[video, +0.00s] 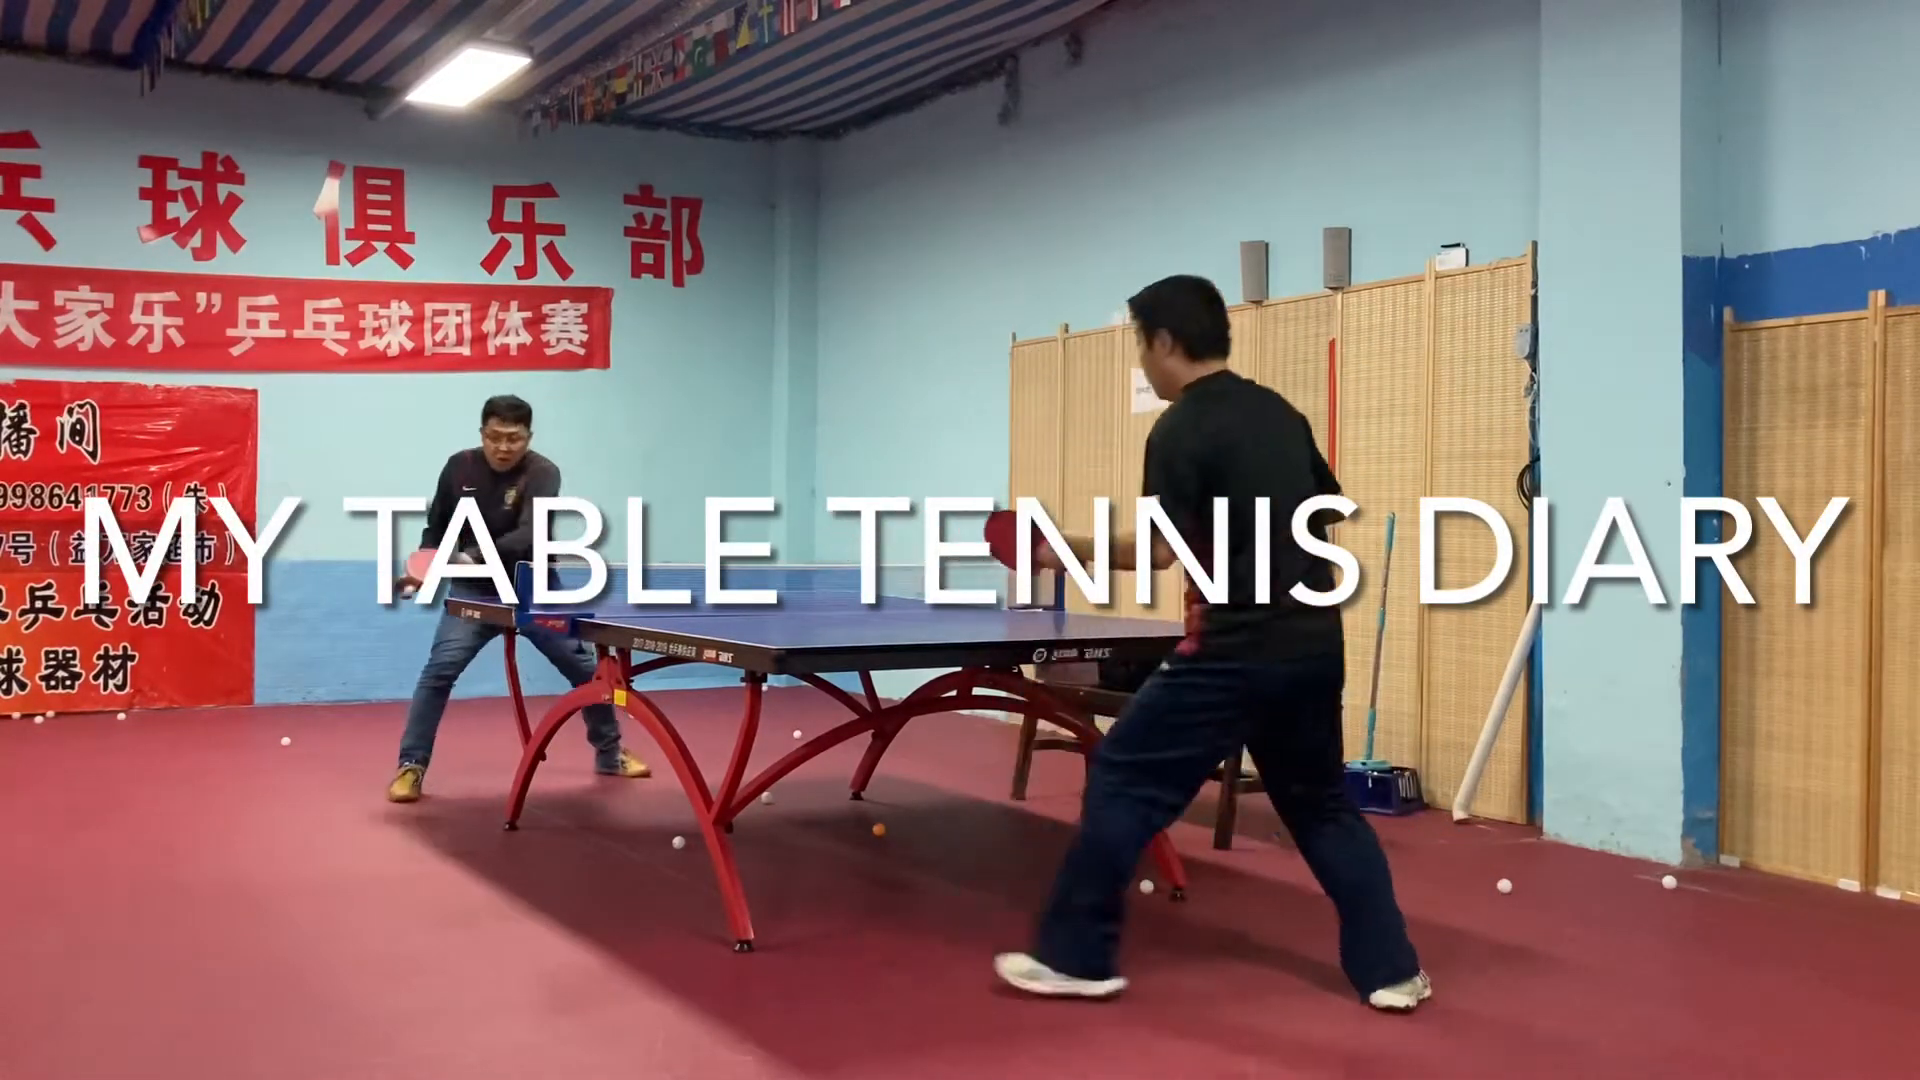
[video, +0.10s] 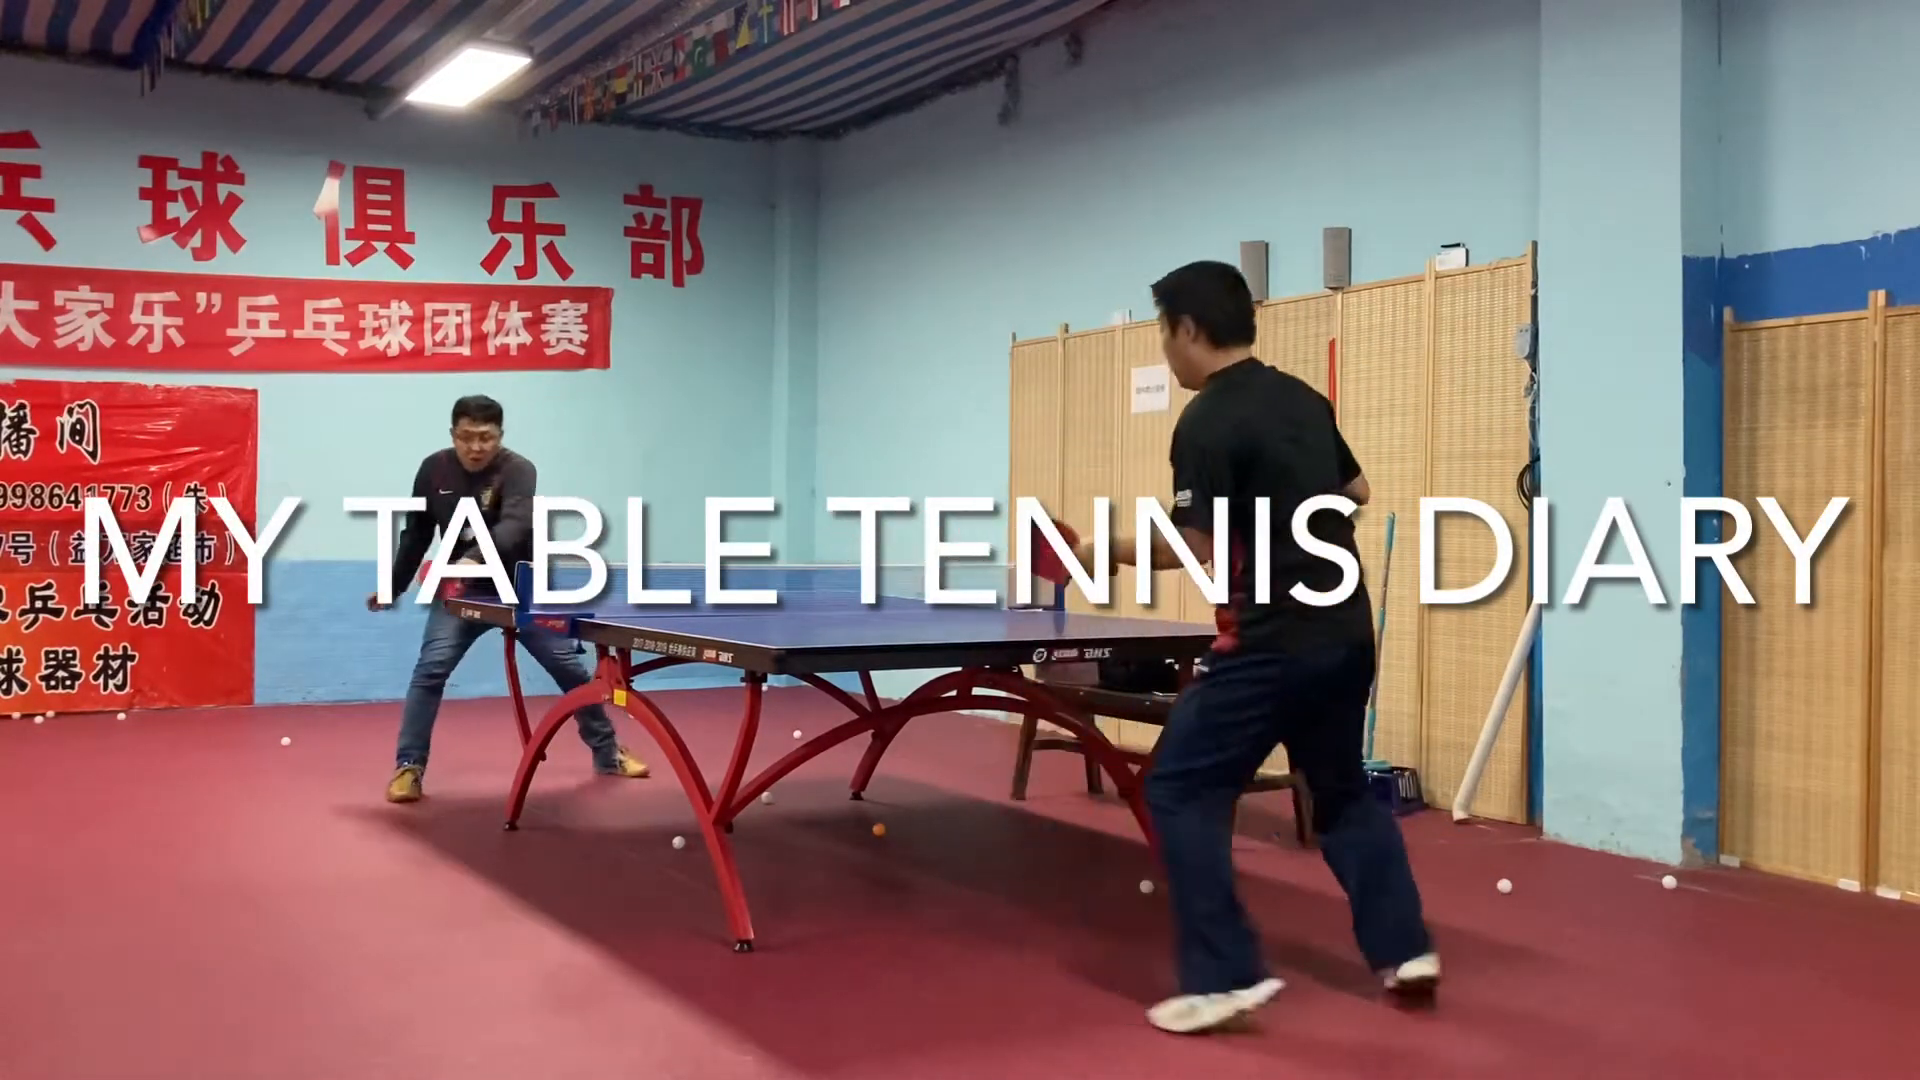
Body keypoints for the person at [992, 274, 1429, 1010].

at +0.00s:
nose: (1142, 363)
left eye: (1143, 346)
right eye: (1141, 347)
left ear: (1167, 343)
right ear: (1217, 341)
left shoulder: (1178, 432)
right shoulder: (1281, 413)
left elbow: (1171, 547)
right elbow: (1328, 507)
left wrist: (1072, 557)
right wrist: (1245, 553)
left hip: (1234, 652)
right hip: (1314, 648)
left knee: (1124, 776)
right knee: (1318, 800)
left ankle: (1076, 957)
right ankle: (1392, 970)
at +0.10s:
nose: (1164, 349)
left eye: (1165, 333)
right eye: (1164, 334)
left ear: (1188, 332)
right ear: (1241, 326)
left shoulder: (1204, 421)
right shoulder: (1301, 396)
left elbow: (1195, 540)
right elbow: (1354, 489)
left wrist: (1110, 550)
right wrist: (1277, 524)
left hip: (1268, 647)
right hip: (1345, 640)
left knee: (1181, 789)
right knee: (1342, 787)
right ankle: (1407, 948)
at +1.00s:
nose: (1231, 382)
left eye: (1240, 369)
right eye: (1234, 368)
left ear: (1275, 376)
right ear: (1311, 375)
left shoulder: (1255, 452)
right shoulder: (1386, 440)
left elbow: (1161, 461)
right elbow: (1429, 535)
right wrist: (1350, 523)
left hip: (1340, 681)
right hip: (1420, 673)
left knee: (1222, 798)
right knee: (1406, 790)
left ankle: (1265, 985)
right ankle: (1463, 940)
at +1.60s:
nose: (1264, 375)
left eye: (1266, 360)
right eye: (1265, 360)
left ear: (1291, 361)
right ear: (1337, 358)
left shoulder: (1324, 439)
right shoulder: (1389, 425)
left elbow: (1314, 561)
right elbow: (1445, 527)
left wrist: (1258, 614)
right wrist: (1361, 592)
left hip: (1383, 666)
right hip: (1442, 659)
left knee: (1287, 797)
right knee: (1401, 784)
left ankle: (1313, 990)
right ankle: (1462, 935)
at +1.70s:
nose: (1268, 396)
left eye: (1267, 381)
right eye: (1266, 382)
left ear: (1290, 377)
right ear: (1342, 373)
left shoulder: (1310, 458)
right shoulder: (1405, 436)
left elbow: (1284, 589)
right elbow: (1424, 555)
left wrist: (1274, 635)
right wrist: (1347, 644)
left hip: (1391, 665)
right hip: (1460, 656)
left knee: (1285, 797)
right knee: (1410, 777)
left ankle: (1311, 988)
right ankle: (1462, 933)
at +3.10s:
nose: (1365, 327)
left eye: (1366, 311)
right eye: (1365, 312)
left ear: (1388, 305)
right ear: (1438, 302)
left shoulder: (1432, 379)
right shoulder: (1475, 374)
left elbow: (1429, 500)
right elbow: (1472, 508)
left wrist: (1368, 583)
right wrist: (1380, 589)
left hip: (1455, 631)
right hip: (1498, 626)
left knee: (1407, 784)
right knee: (1474, 782)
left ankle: (1466, 965)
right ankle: (1504, 953)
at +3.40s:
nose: (1357, 364)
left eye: (1356, 352)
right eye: (1355, 353)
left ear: (1371, 346)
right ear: (1426, 342)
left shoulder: (1386, 396)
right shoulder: (1479, 407)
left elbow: (1389, 494)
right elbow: (1492, 525)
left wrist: (1370, 593)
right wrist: (1413, 605)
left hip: (1435, 628)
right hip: (1497, 625)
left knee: (1395, 790)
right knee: (1466, 781)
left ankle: (1420, 971)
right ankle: (1477, 941)